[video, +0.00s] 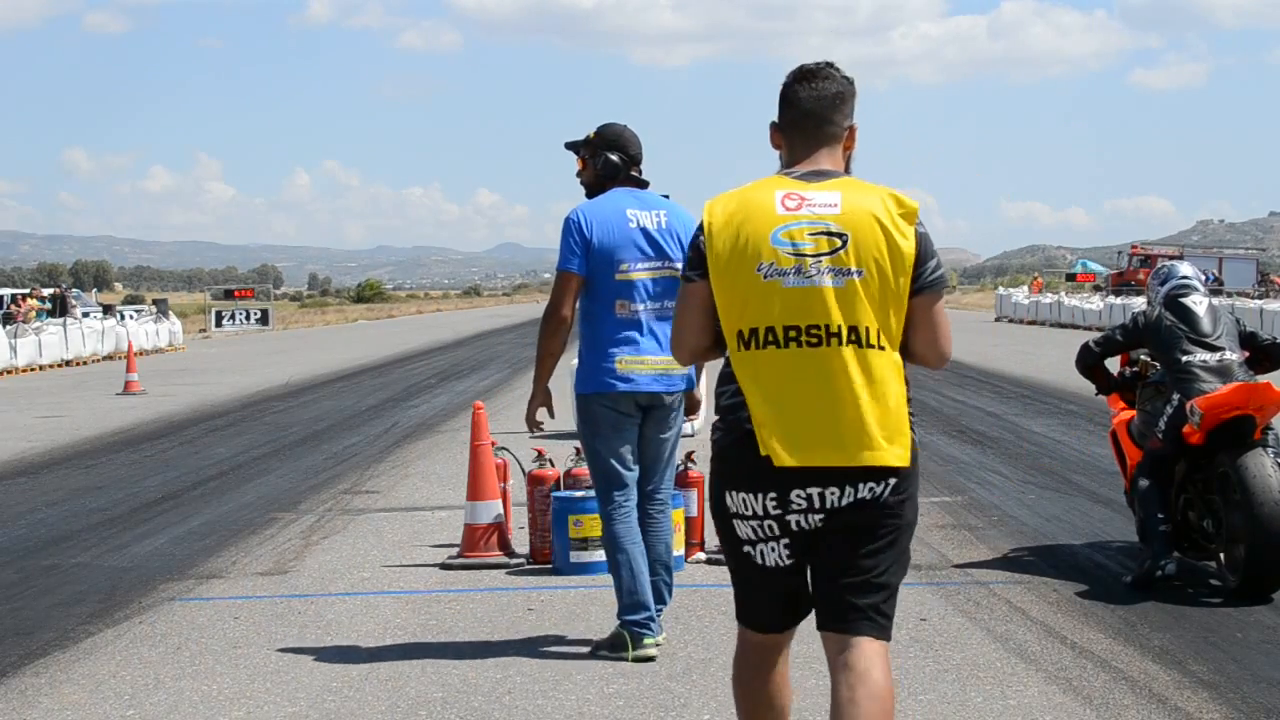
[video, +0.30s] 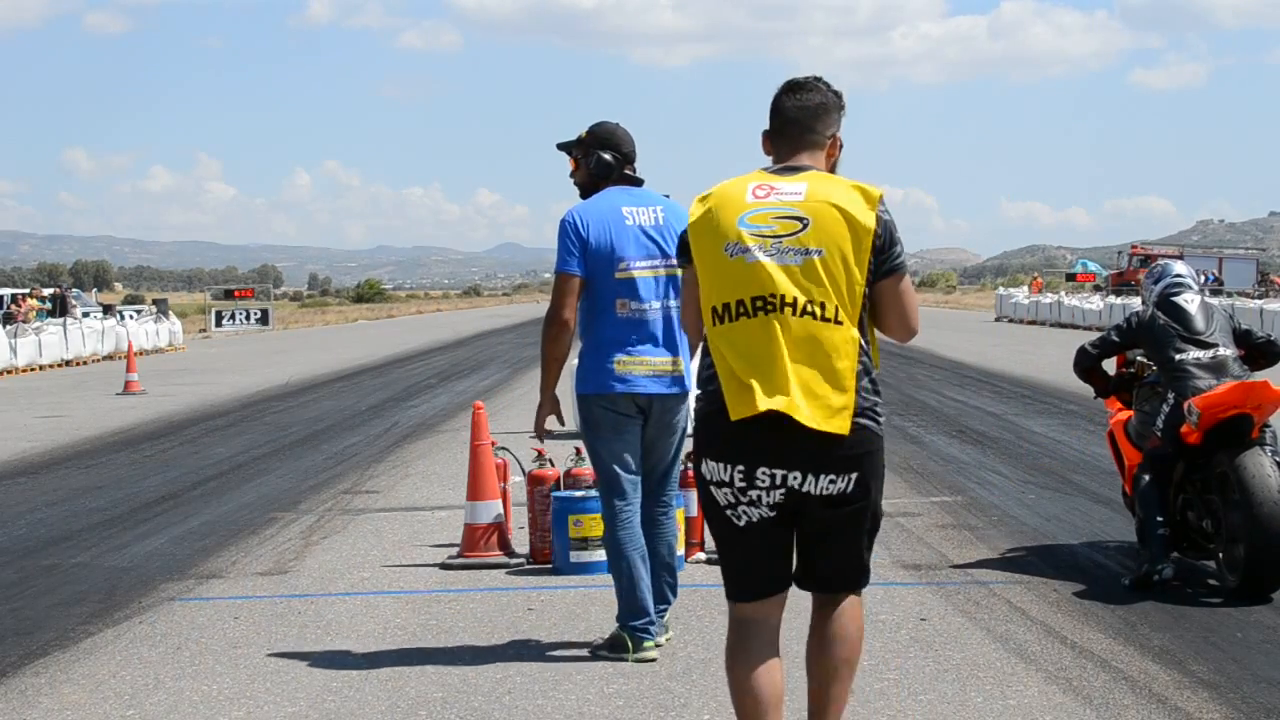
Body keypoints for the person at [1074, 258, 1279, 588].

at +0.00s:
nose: (1150, 296)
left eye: (1152, 290)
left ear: (1159, 289)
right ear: (1199, 284)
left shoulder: (1150, 319)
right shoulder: (1225, 315)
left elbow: (1088, 354)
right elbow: (1270, 347)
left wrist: (1109, 385)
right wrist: (1243, 369)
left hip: (1192, 397)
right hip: (1241, 388)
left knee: (1147, 471)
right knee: (1265, 442)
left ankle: (1159, 555)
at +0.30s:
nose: (1144, 296)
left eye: (1145, 290)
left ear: (1153, 288)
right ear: (1192, 282)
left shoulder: (1144, 319)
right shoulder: (1220, 313)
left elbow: (1085, 356)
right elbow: (1269, 346)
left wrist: (1106, 386)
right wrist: (1241, 366)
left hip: (1187, 395)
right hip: (1238, 387)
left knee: (1149, 471)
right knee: (1265, 435)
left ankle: (1156, 559)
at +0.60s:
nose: (1142, 296)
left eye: (1144, 290)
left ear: (1152, 289)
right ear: (1191, 282)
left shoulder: (1143, 319)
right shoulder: (1219, 313)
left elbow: (1084, 356)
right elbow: (1270, 346)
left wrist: (1107, 386)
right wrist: (1238, 366)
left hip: (1187, 393)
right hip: (1238, 384)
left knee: (1150, 471)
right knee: (1265, 435)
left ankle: (1157, 560)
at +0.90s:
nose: (1146, 295)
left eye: (1148, 289)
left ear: (1156, 288)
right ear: (1195, 283)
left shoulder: (1147, 319)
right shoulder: (1223, 314)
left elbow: (1087, 355)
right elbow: (1270, 346)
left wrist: (1107, 385)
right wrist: (1244, 366)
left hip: (1189, 397)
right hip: (1239, 389)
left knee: (1151, 472)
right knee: (1266, 435)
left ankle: (1157, 558)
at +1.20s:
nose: (1149, 295)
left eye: (1151, 289)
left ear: (1158, 288)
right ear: (1198, 284)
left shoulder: (1149, 319)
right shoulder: (1225, 314)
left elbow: (1088, 355)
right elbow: (1270, 349)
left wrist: (1110, 385)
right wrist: (1240, 368)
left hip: (1189, 395)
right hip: (1240, 387)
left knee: (1148, 475)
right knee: (1266, 434)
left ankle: (1156, 557)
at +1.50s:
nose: (1144, 296)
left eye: (1146, 290)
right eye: (1145, 291)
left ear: (1154, 288)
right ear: (1193, 283)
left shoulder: (1146, 319)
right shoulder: (1222, 312)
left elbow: (1086, 356)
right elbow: (1271, 346)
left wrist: (1108, 386)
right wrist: (1240, 365)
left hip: (1187, 390)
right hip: (1238, 381)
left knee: (1148, 470)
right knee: (1264, 441)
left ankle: (1155, 559)